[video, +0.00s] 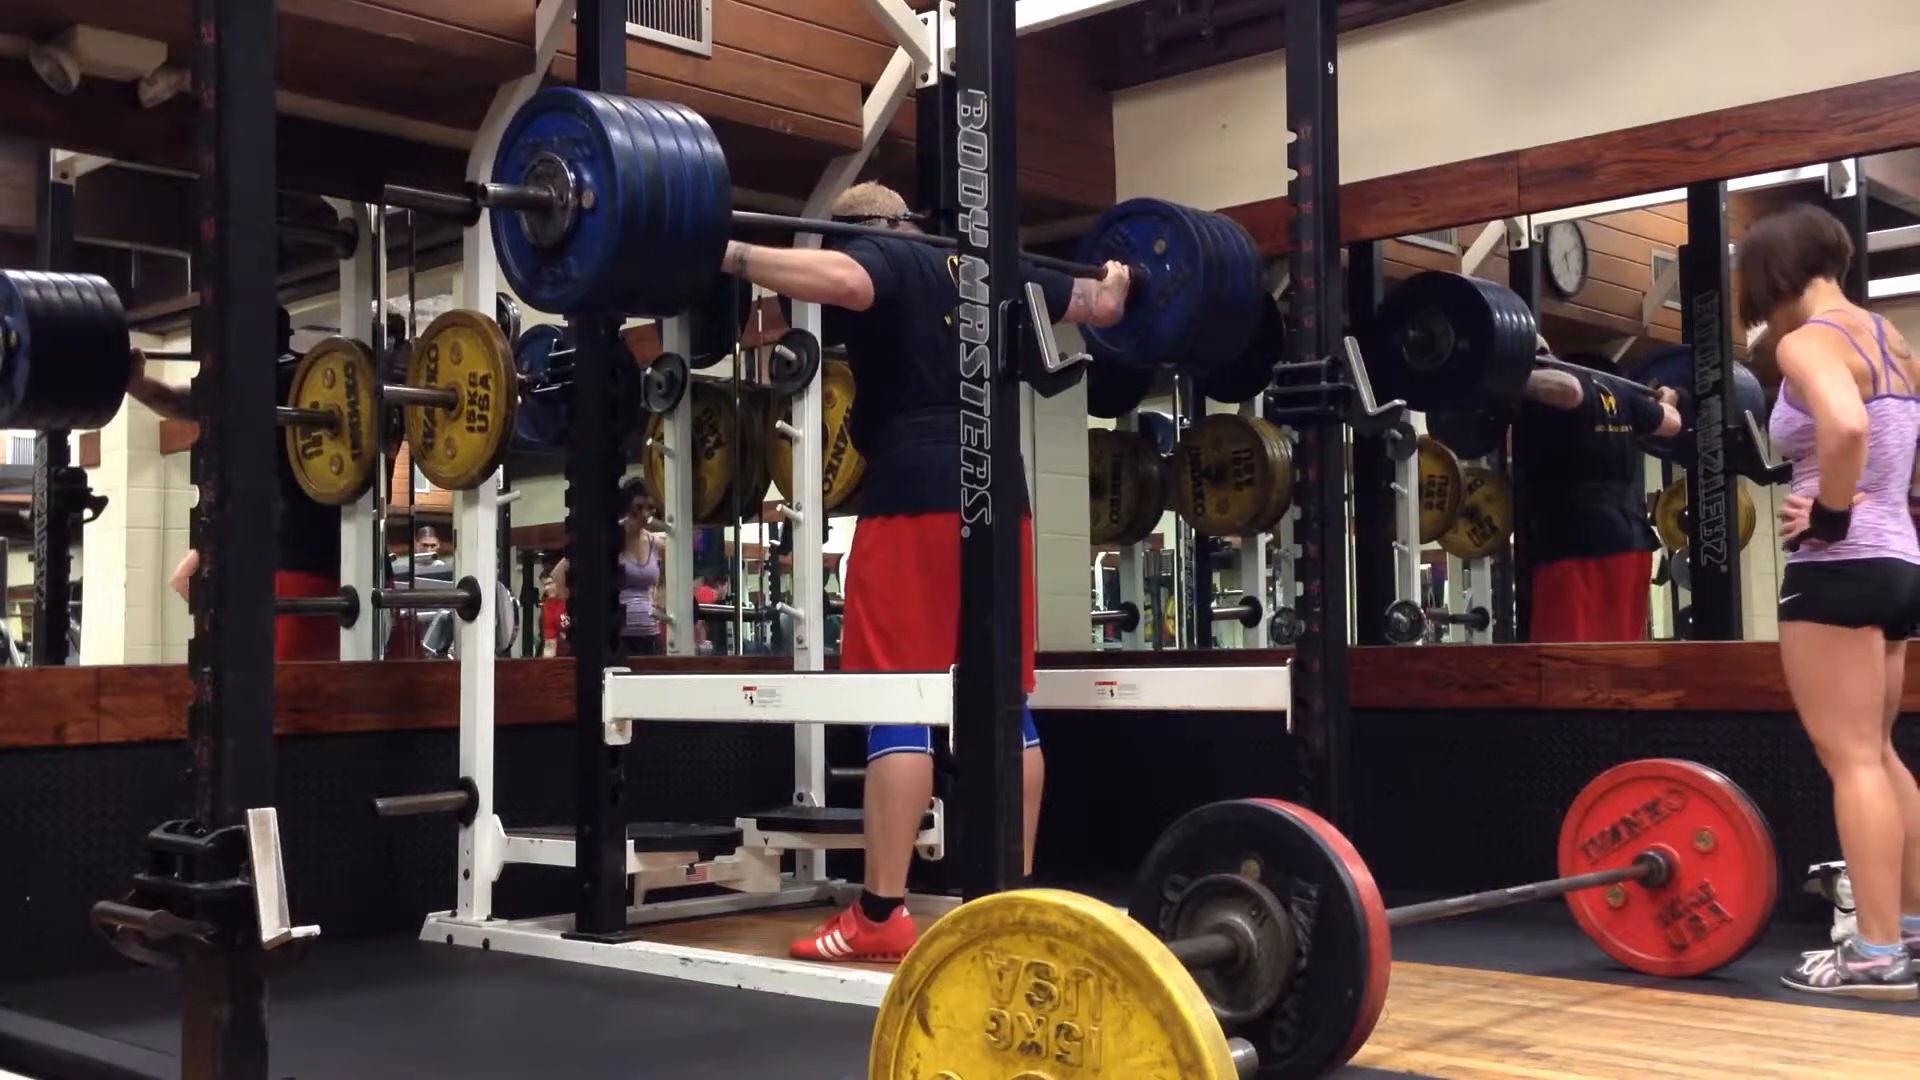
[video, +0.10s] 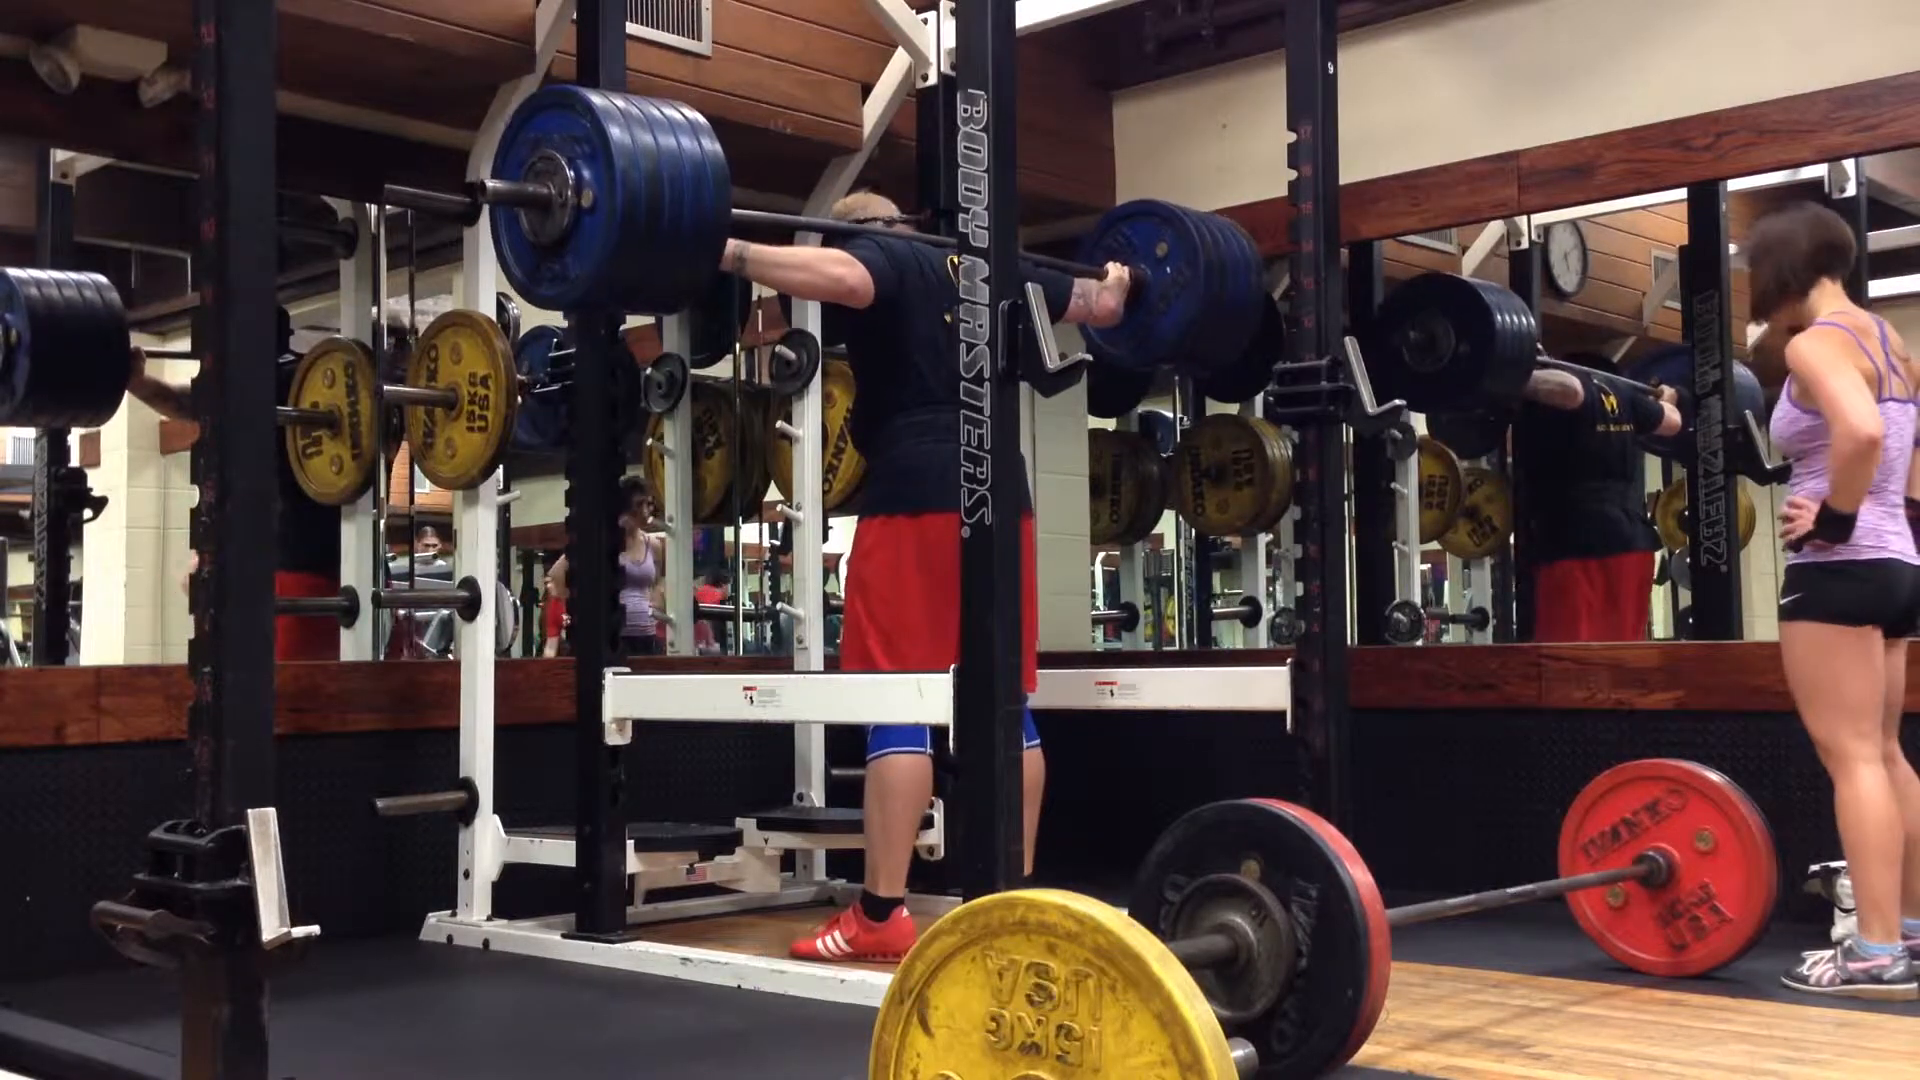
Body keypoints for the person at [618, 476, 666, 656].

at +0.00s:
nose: (645, 514)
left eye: (650, 507)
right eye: (639, 507)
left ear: (654, 510)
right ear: (626, 508)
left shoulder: (655, 542)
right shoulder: (614, 539)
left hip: (649, 624)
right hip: (620, 624)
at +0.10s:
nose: (646, 510)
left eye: (649, 503)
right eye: (639, 504)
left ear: (653, 505)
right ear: (624, 508)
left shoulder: (652, 543)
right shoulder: (604, 541)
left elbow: (657, 580)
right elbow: (556, 573)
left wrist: (655, 604)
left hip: (647, 629)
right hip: (613, 628)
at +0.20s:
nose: (643, 509)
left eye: (646, 503)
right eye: (636, 504)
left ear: (650, 505)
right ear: (621, 506)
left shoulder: (648, 544)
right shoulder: (599, 539)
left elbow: (648, 584)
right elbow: (553, 572)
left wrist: (648, 613)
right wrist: (569, 607)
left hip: (641, 628)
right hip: (606, 628)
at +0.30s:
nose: (641, 508)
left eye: (643, 502)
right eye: (635, 502)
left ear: (647, 503)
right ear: (620, 505)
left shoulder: (643, 543)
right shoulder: (598, 538)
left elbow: (645, 582)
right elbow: (551, 571)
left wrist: (646, 611)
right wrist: (568, 605)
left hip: (640, 629)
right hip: (607, 630)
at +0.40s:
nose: (635, 508)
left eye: (638, 501)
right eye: (630, 501)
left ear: (641, 502)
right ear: (615, 503)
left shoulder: (638, 543)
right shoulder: (588, 538)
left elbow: (639, 583)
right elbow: (547, 570)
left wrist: (639, 608)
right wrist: (563, 607)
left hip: (635, 630)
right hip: (599, 630)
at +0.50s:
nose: (632, 507)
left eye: (635, 501)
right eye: (627, 500)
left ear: (638, 503)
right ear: (613, 501)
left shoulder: (633, 541)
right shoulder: (584, 537)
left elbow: (634, 585)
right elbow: (544, 570)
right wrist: (558, 605)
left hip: (628, 627)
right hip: (592, 628)